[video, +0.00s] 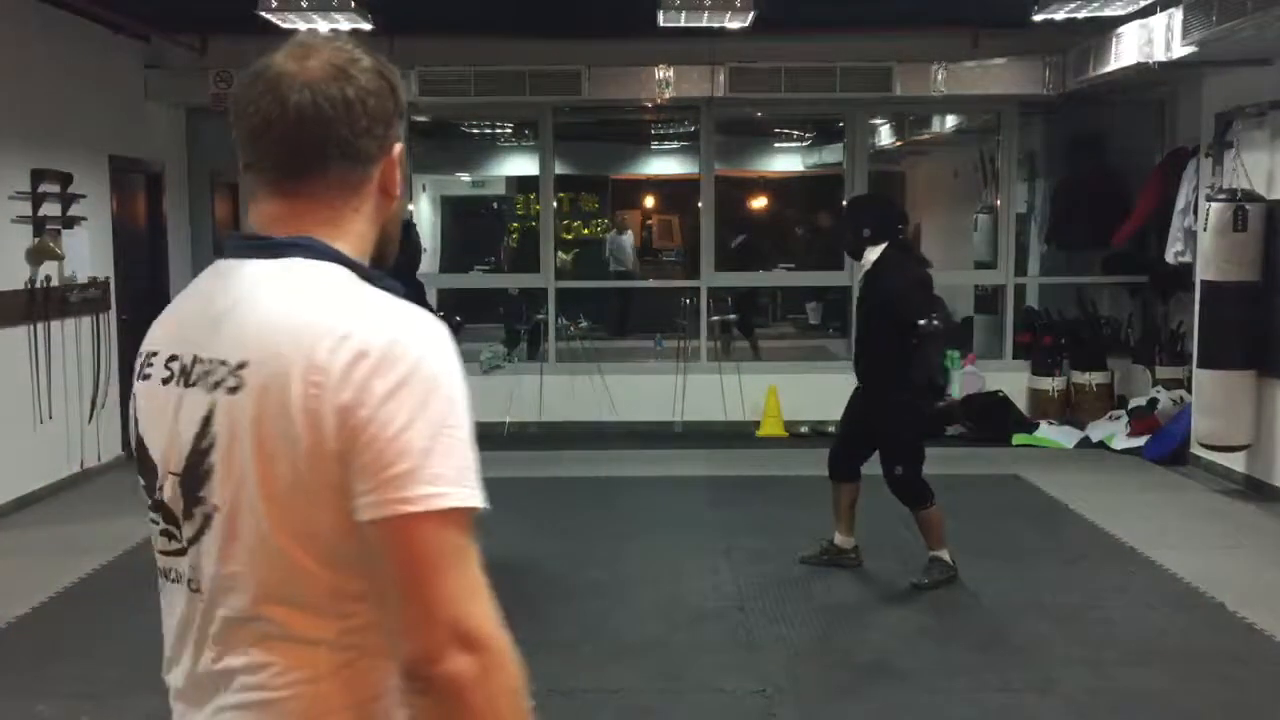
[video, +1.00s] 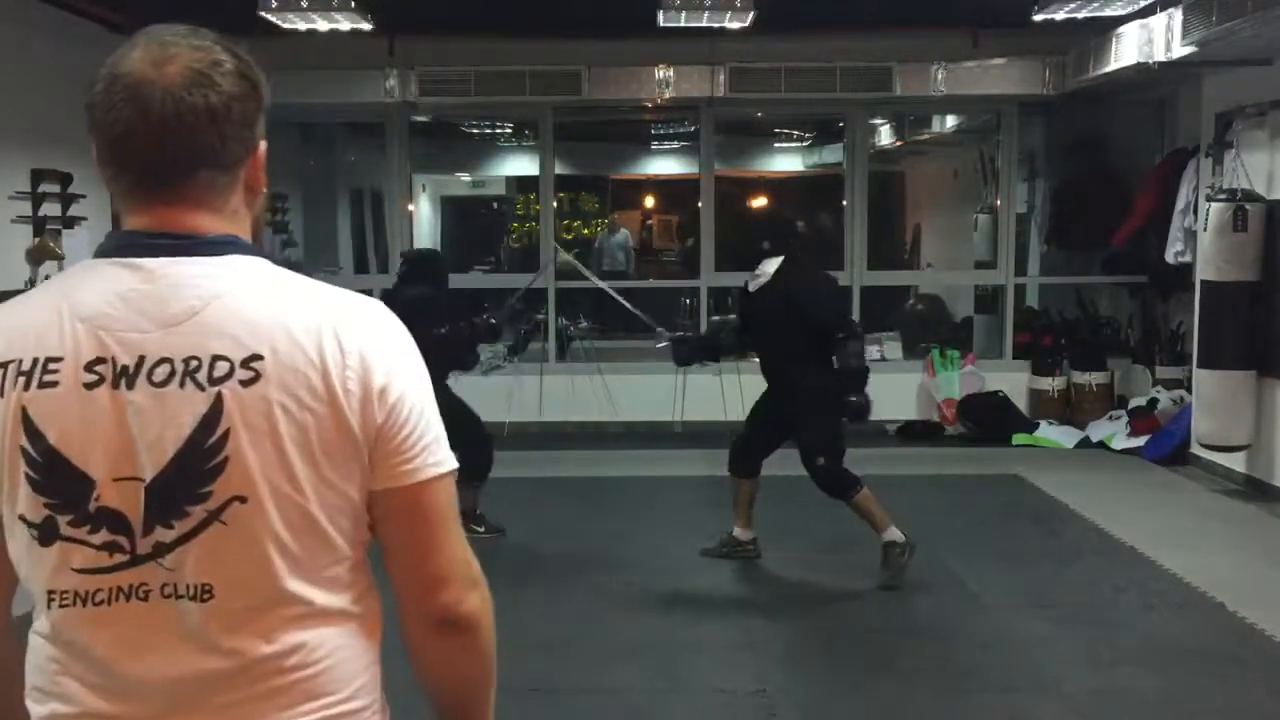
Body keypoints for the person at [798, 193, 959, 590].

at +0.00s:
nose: (844, 236)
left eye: (849, 228)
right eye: (845, 227)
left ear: (866, 230)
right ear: (880, 229)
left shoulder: (902, 271)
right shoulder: (876, 268)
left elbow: (929, 335)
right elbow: (886, 330)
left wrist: (920, 391)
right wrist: (871, 378)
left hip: (900, 392)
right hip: (872, 389)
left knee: (904, 477)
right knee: (842, 461)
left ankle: (941, 558)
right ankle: (843, 545)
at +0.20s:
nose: (840, 239)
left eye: (844, 232)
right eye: (842, 231)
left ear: (857, 235)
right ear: (875, 234)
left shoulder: (880, 277)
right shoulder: (871, 272)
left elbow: (883, 341)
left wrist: (860, 397)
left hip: (886, 395)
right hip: (866, 392)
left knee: (894, 479)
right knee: (813, 452)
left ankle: (941, 558)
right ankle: (804, 536)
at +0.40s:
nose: (794, 258)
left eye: (800, 250)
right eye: (795, 249)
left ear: (819, 248)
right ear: (833, 246)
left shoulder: (845, 283)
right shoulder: (825, 280)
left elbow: (843, 343)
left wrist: (806, 389)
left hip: (853, 399)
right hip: (824, 397)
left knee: (875, 480)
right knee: (776, 462)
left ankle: (936, 555)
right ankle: (748, 537)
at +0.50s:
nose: (769, 259)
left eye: (774, 251)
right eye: (770, 252)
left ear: (791, 250)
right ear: (811, 250)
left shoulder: (823, 287)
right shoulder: (797, 285)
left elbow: (826, 352)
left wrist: (785, 394)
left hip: (831, 402)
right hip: (801, 399)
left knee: (853, 481)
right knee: (756, 458)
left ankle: (926, 550)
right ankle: (743, 536)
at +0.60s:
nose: (760, 256)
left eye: (765, 250)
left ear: (778, 251)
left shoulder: (807, 285)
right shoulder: (776, 284)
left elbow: (822, 350)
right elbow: (739, 290)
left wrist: (786, 387)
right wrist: (712, 266)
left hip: (829, 395)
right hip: (790, 394)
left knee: (851, 475)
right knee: (755, 458)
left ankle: (909, 553)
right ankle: (743, 536)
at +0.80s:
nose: (749, 250)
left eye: (755, 244)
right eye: (748, 244)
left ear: (770, 246)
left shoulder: (805, 279)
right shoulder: (743, 283)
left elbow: (831, 335)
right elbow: (701, 308)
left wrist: (807, 384)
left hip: (828, 389)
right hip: (788, 390)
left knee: (840, 466)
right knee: (753, 455)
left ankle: (898, 544)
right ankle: (744, 536)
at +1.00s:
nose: (749, 252)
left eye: (753, 245)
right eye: (751, 246)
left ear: (766, 245)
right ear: (784, 243)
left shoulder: (808, 280)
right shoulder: (756, 285)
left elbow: (847, 334)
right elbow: (750, 337)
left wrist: (854, 389)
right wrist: (701, 346)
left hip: (816, 392)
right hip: (783, 391)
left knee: (827, 471)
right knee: (744, 456)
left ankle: (893, 539)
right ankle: (742, 536)